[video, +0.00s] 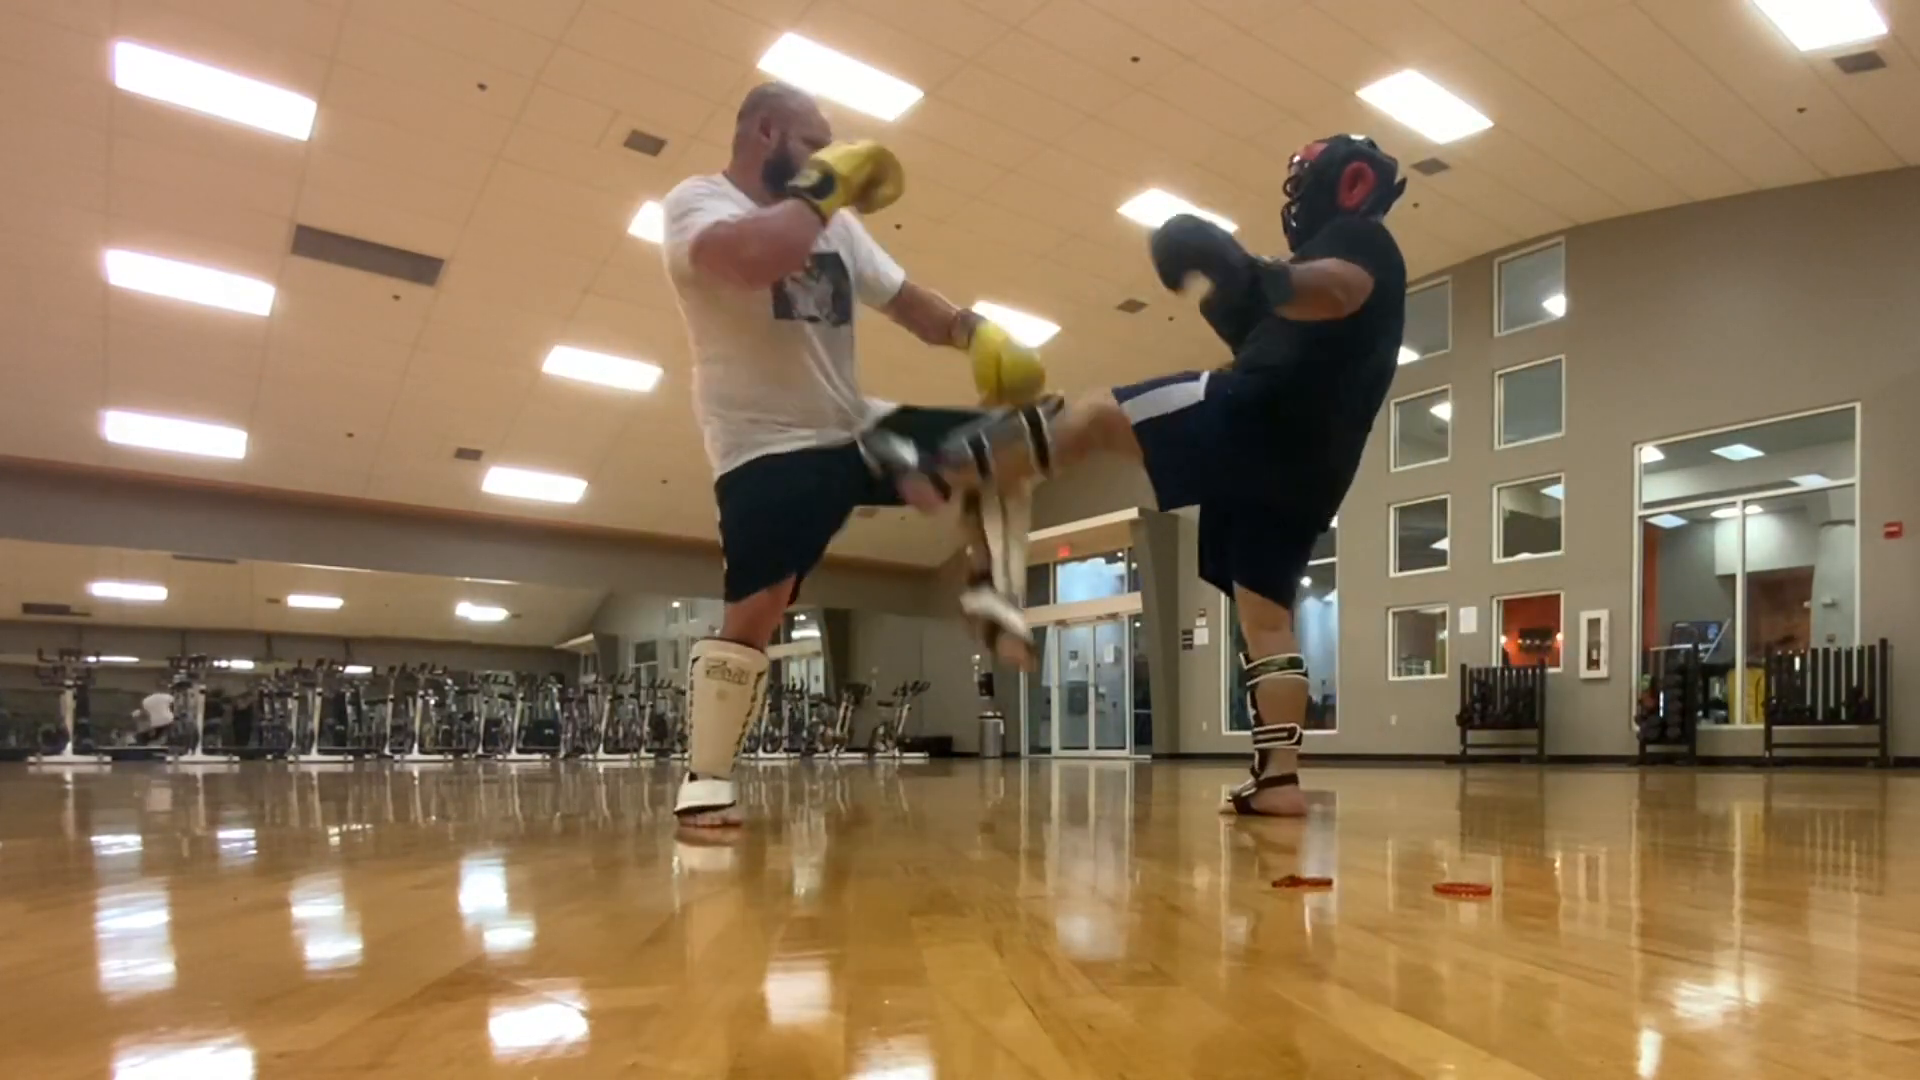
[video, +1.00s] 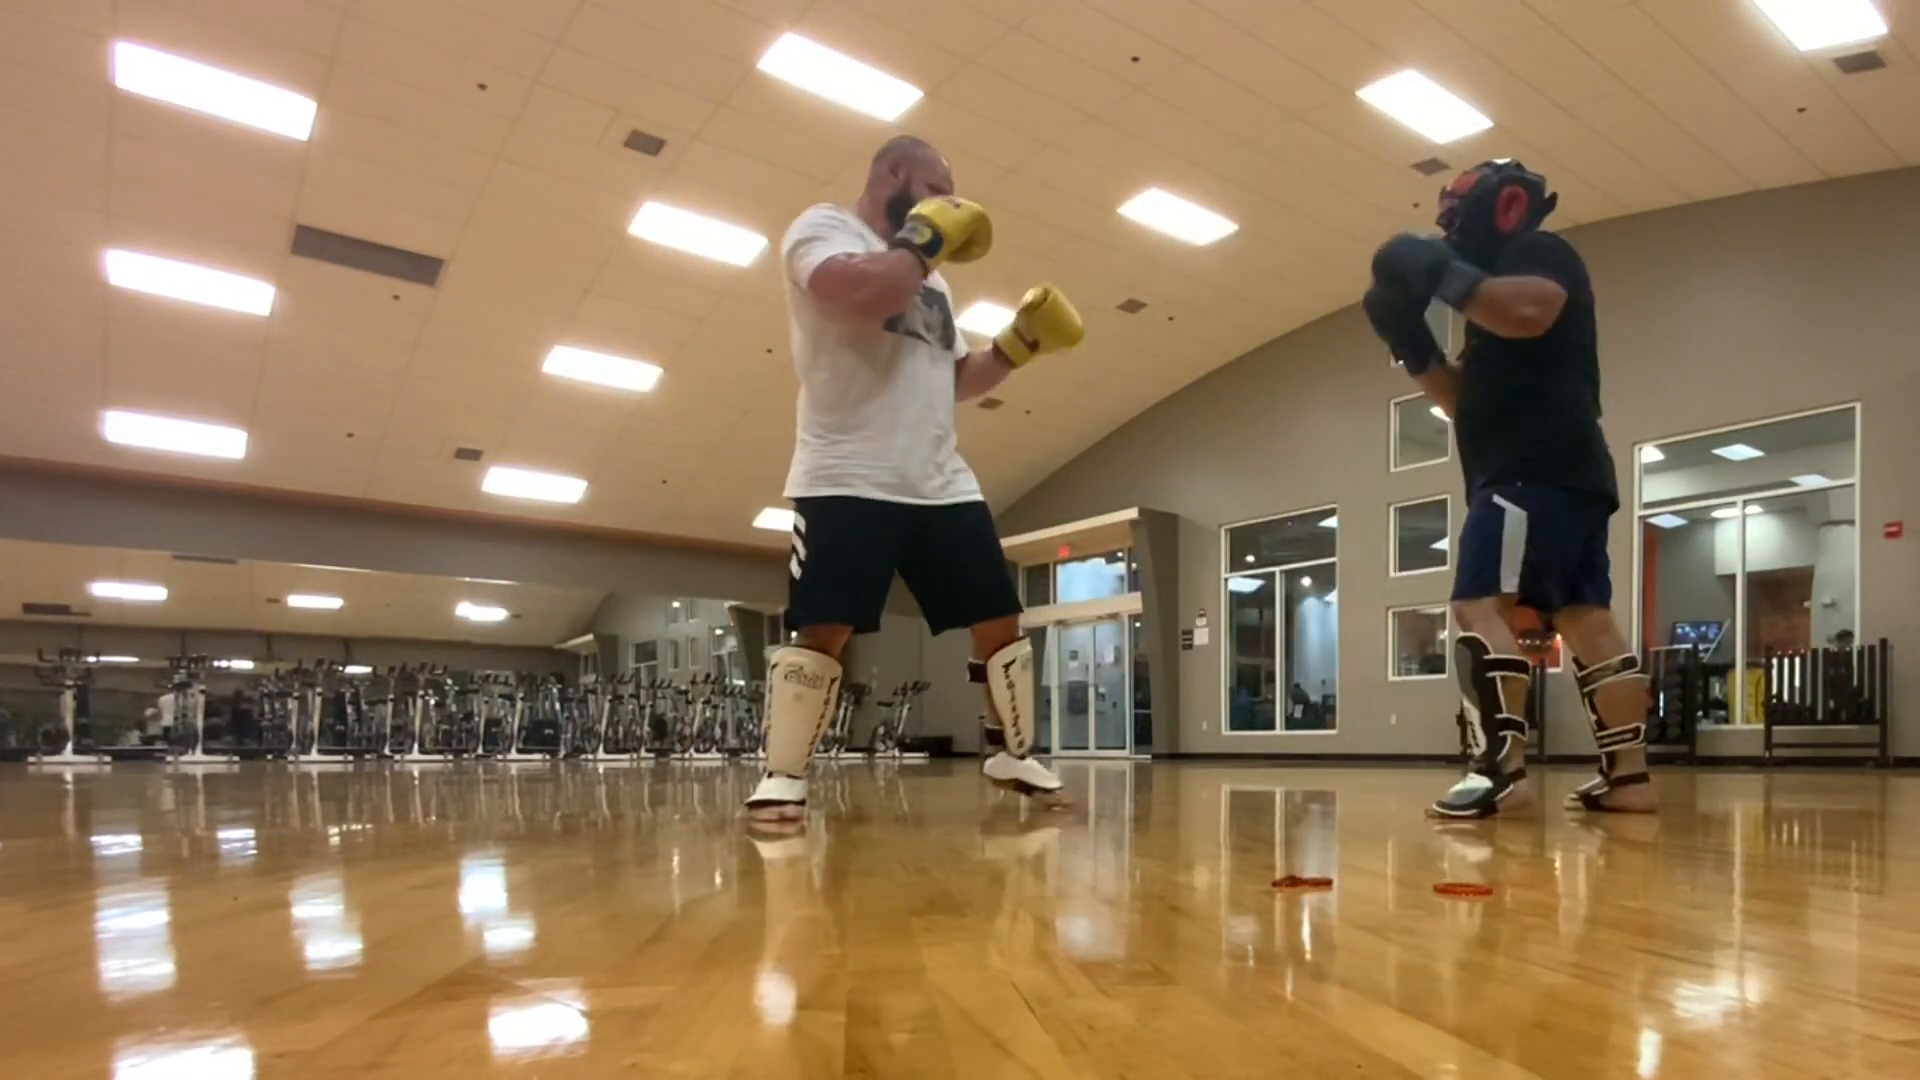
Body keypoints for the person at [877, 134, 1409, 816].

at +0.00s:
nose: (1289, 197)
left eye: (1302, 182)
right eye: (1292, 184)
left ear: (1342, 182)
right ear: (1358, 189)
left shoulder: (1359, 231)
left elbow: (1345, 290)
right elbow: (1289, 367)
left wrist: (1256, 276)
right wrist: (1226, 302)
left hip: (1260, 413)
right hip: (1309, 465)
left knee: (1095, 419)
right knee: (1267, 611)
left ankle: (948, 467)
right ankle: (1278, 781)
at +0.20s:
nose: (1294, 189)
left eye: (1308, 173)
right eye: (1296, 177)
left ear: (1355, 176)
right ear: (1361, 182)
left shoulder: (1367, 229)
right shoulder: (1351, 261)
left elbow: (1302, 257)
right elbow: (1287, 358)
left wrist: (1226, 177)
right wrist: (1237, 283)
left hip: (1296, 433)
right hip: (1349, 458)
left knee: (1167, 518)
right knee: (1289, 608)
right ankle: (1280, 778)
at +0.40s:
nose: (1303, 191)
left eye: (1314, 175)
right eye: (1305, 180)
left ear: (1358, 175)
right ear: (1372, 181)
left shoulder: (1379, 231)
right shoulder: (1360, 266)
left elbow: (1280, 235)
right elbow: (1299, 356)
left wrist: (1246, 151)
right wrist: (1240, 284)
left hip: (1378, 455)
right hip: (1368, 462)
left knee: (1357, 611)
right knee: (1333, 614)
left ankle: (1424, 772)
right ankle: (1292, 767)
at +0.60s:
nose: (1354, 189)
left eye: (1367, 175)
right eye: (1356, 180)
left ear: (1418, 178)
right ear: (1419, 183)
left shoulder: (1451, 232)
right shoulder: (1410, 259)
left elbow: (1397, 276)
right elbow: (1349, 331)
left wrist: (1315, 213)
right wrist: (1288, 289)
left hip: (1446, 455)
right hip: (1432, 457)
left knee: (1415, 609)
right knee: (1422, 609)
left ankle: (1427, 777)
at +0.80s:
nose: (1413, 203)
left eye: (1428, 186)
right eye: (1414, 192)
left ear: (1479, 200)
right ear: (1473, 207)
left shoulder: (1509, 250)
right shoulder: (1465, 293)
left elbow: (1522, 309)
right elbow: (1450, 416)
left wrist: (1417, 278)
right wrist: (1381, 381)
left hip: (1491, 477)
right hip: (1529, 477)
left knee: (1437, 613)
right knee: (1561, 625)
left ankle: (1431, 778)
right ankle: (1625, 776)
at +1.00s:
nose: (1443, 216)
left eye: (1456, 201)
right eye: (1444, 206)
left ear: (1506, 203)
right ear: (1505, 209)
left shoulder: (1540, 249)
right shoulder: (1493, 294)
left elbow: (1531, 311)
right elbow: (1465, 402)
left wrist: (1438, 273)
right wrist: (1411, 341)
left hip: (1530, 464)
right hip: (1567, 469)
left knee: (1476, 604)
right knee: (1585, 615)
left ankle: (1500, 764)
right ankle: (1629, 778)